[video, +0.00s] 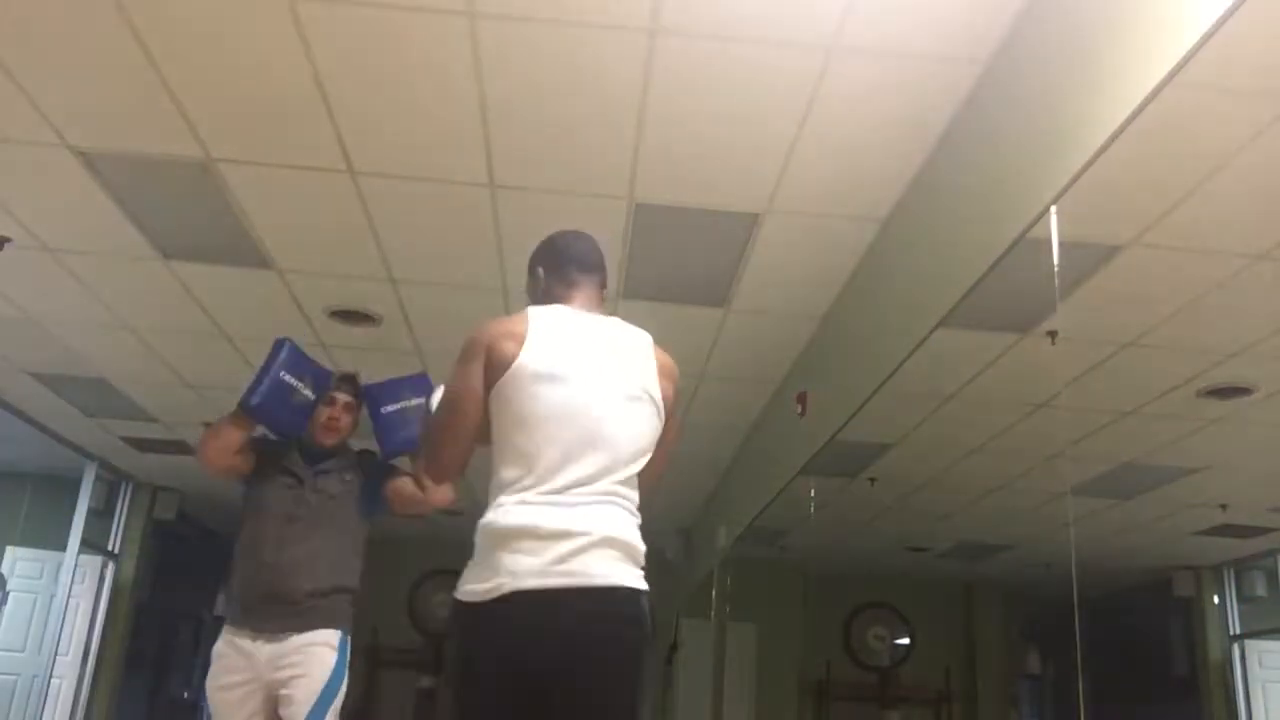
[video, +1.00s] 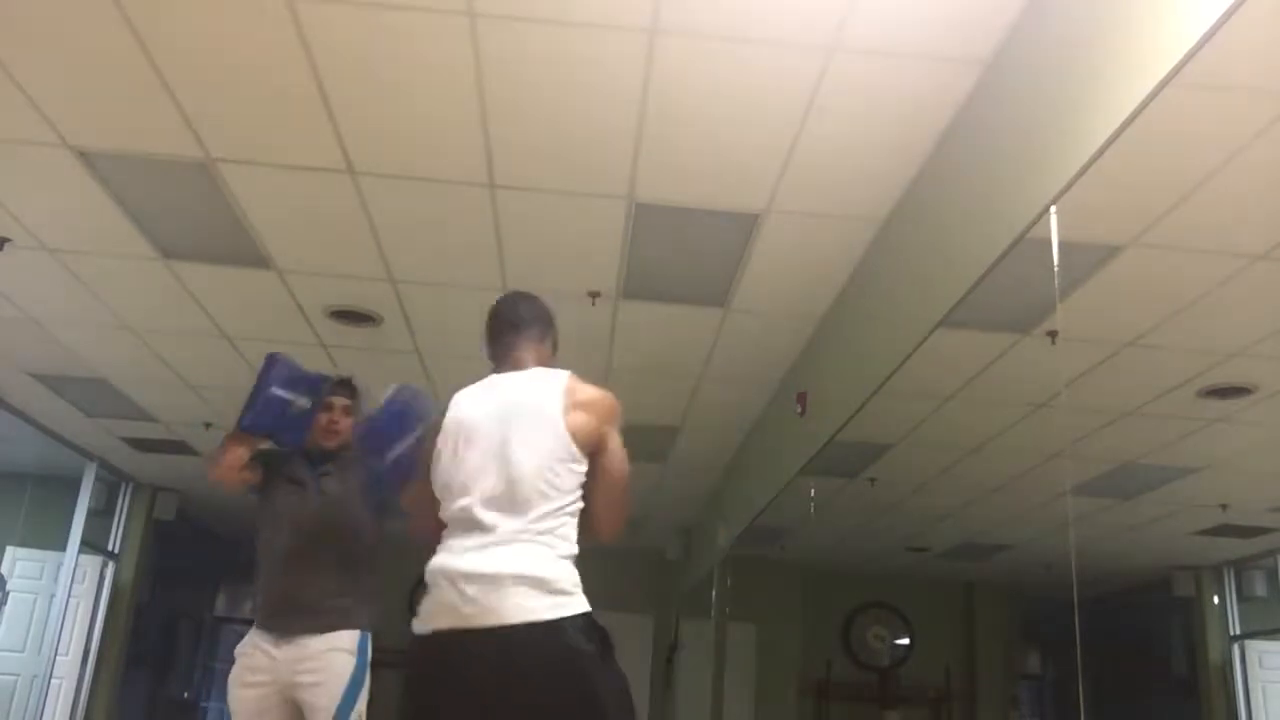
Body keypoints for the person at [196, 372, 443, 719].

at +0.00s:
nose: (335, 414)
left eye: (347, 408)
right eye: (328, 402)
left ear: (356, 422)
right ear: (307, 407)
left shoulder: (365, 471)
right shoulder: (268, 456)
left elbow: (438, 496)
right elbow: (213, 455)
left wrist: (415, 435)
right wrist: (260, 403)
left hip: (315, 642)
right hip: (242, 638)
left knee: (307, 711)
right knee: (225, 711)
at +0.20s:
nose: (335, 413)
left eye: (346, 408)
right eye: (328, 401)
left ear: (355, 422)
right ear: (306, 404)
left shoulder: (363, 467)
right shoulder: (267, 452)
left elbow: (433, 497)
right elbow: (216, 450)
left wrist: (420, 432)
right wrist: (271, 399)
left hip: (317, 640)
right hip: (243, 636)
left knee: (320, 712)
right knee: (230, 712)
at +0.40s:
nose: (354, 415)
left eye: (365, 410)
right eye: (346, 404)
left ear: (372, 421)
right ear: (323, 405)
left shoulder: (379, 468)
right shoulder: (284, 452)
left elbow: (454, 500)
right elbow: (238, 448)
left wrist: (433, 427)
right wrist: (291, 392)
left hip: (334, 642)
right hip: (258, 637)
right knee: (242, 712)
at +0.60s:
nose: (369, 412)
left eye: (380, 406)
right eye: (362, 400)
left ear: (388, 418)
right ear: (338, 403)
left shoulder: (395, 466)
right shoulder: (301, 448)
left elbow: (463, 497)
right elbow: (253, 447)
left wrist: (449, 427)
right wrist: (306, 395)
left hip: (345, 641)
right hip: (268, 635)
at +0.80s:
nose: (367, 409)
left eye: (379, 402)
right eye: (360, 397)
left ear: (388, 415)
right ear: (339, 400)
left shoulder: (393, 460)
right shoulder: (304, 447)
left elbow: (446, 495)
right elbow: (253, 449)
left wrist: (453, 430)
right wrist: (301, 393)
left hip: (345, 638)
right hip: (274, 634)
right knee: (255, 710)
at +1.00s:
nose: (334, 418)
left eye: (345, 412)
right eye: (326, 408)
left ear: (356, 424)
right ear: (309, 416)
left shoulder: (370, 471)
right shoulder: (277, 466)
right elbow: (221, 475)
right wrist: (258, 421)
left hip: (334, 646)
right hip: (264, 644)